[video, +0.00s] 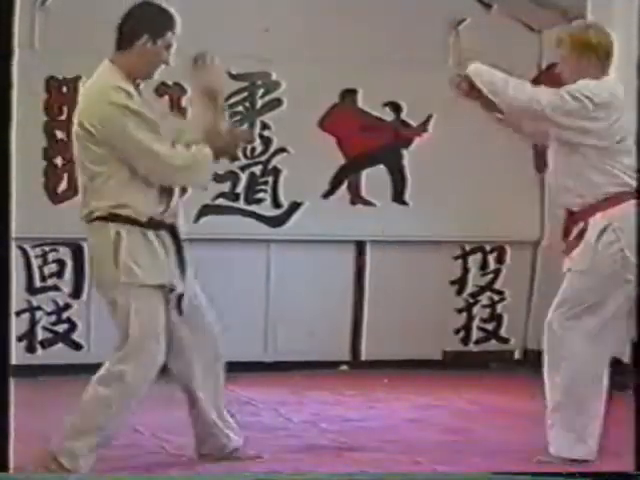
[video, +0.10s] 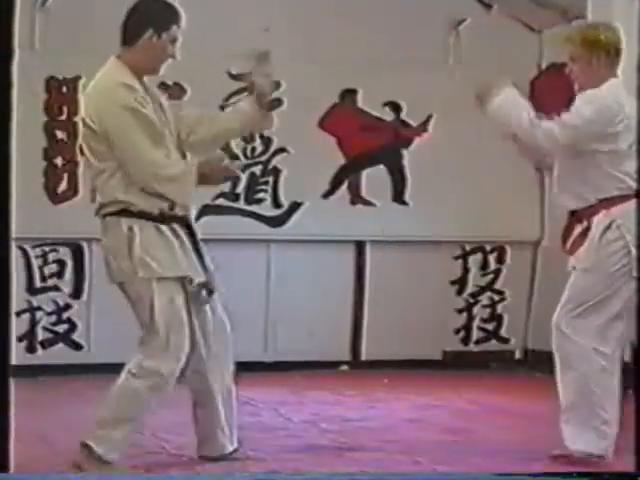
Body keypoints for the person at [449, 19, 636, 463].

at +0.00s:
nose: (556, 63)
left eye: (562, 54)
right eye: (558, 55)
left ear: (580, 56)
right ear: (597, 58)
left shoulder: (594, 97)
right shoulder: (603, 98)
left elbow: (530, 102)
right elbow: (531, 126)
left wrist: (475, 70)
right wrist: (482, 98)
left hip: (614, 229)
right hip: (613, 228)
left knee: (569, 324)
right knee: (580, 327)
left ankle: (573, 446)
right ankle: (574, 443)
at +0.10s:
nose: (569, 71)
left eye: (575, 62)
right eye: (569, 63)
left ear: (599, 59)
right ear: (600, 61)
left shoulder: (606, 101)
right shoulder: (606, 100)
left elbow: (550, 142)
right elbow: (552, 156)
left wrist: (504, 101)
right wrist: (517, 124)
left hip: (614, 228)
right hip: (612, 227)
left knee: (573, 323)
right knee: (599, 331)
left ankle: (589, 443)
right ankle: (594, 441)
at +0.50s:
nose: (529, 73)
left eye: (536, 63)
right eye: (530, 64)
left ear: (560, 66)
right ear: (556, 68)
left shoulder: (571, 107)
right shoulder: (556, 110)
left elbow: (521, 157)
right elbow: (511, 166)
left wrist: (450, 148)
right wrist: (448, 149)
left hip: (582, 241)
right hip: (544, 241)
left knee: (561, 355)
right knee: (504, 335)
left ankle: (607, 453)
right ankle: (573, 419)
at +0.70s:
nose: (491, 68)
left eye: (498, 58)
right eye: (490, 59)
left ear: (524, 60)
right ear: (512, 64)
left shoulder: (540, 105)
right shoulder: (517, 107)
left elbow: (485, 145)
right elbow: (475, 144)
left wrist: (411, 148)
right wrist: (413, 142)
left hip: (530, 243)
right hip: (486, 240)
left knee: (557, 356)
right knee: (433, 337)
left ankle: (599, 453)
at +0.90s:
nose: (435, 59)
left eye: (444, 50)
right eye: (432, 50)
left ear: (468, 52)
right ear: (431, 53)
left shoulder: (496, 102)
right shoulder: (420, 98)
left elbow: (522, 172)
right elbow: (360, 100)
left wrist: (466, 188)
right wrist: (312, 83)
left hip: (493, 238)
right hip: (436, 235)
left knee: (522, 348)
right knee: (407, 341)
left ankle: (569, 443)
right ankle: (376, 445)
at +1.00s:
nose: (413, 71)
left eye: (421, 63)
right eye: (410, 63)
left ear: (450, 56)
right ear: (407, 59)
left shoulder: (489, 98)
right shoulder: (397, 97)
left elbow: (528, 156)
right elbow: (344, 90)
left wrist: (482, 188)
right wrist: (295, 80)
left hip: (491, 235)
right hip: (431, 233)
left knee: (513, 341)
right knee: (408, 338)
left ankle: (544, 440)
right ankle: (378, 442)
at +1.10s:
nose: (396, 75)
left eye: (403, 66)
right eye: (391, 67)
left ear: (430, 60)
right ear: (387, 66)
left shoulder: (474, 95)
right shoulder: (378, 115)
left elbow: (524, 134)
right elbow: (330, 146)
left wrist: (498, 181)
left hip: (485, 229)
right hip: (421, 233)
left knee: (507, 340)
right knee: (401, 339)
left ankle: (521, 439)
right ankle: (379, 443)